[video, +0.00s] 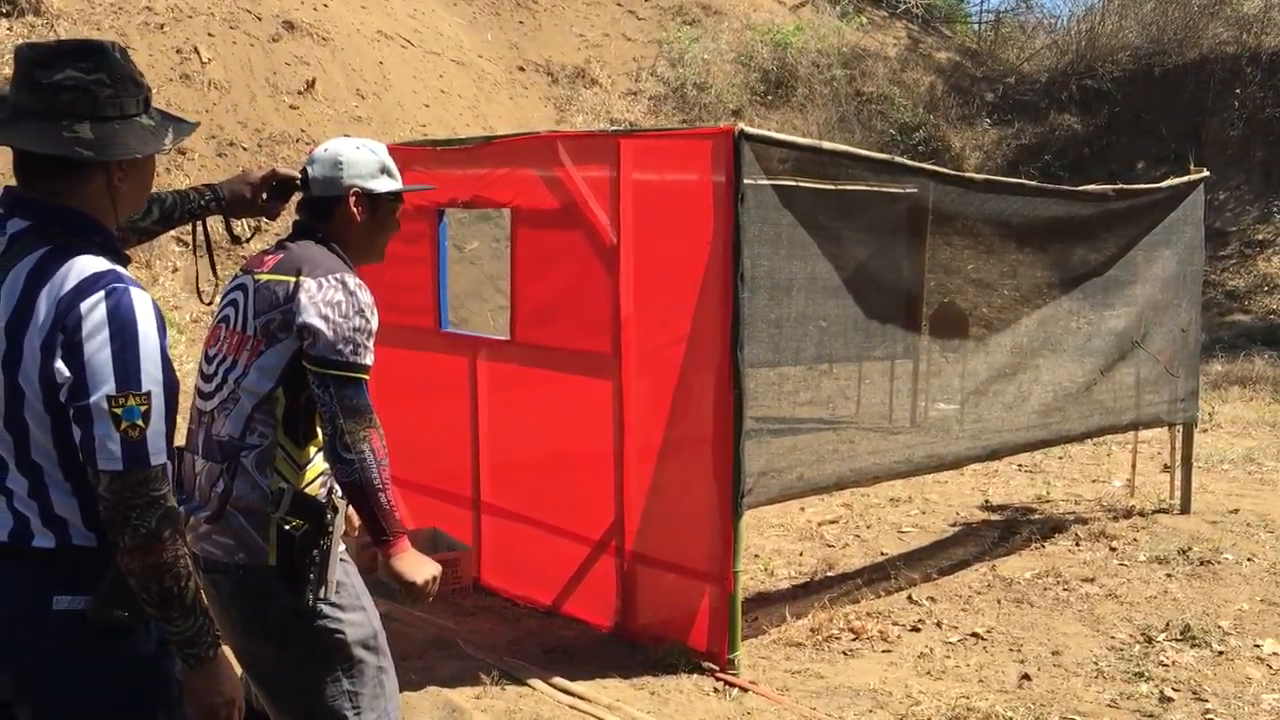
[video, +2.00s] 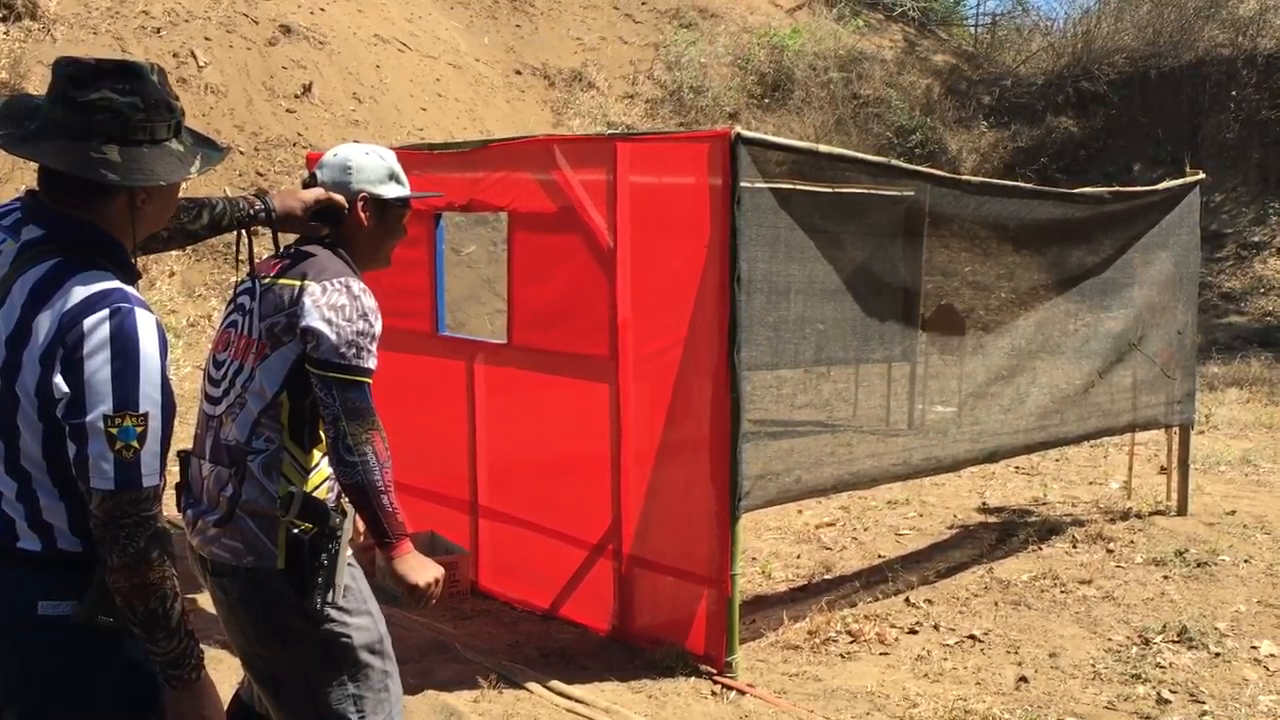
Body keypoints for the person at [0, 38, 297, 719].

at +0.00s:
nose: (159, 167)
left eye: (159, 151)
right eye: (152, 152)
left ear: (26, 156)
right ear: (116, 170)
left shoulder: (12, 239)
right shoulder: (108, 304)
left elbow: (107, 226)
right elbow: (141, 519)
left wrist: (221, 196)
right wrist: (203, 650)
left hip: (13, 578)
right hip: (89, 609)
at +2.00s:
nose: (182, 189)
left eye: (182, 176)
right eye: (174, 177)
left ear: (53, 167)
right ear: (134, 194)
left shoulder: (14, 228)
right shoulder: (113, 322)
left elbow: (146, 221)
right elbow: (128, 533)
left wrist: (272, 206)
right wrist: (187, 677)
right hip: (68, 607)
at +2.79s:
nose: (106, 197)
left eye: (103, 182)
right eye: (95, 183)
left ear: (39, 198)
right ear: (52, 200)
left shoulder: (17, 274)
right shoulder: (42, 316)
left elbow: (95, 230)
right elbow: (66, 515)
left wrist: (210, 189)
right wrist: (134, 646)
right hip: (41, 627)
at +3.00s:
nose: (39, 192)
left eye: (35, 177)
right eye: (30, 177)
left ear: (8, 191)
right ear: (2, 191)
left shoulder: (9, 257)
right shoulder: (12, 315)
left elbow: (94, 242)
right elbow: (18, 482)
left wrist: (211, 218)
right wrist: (70, 614)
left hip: (19, 576)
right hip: (18, 588)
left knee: (59, 685)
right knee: (63, 693)